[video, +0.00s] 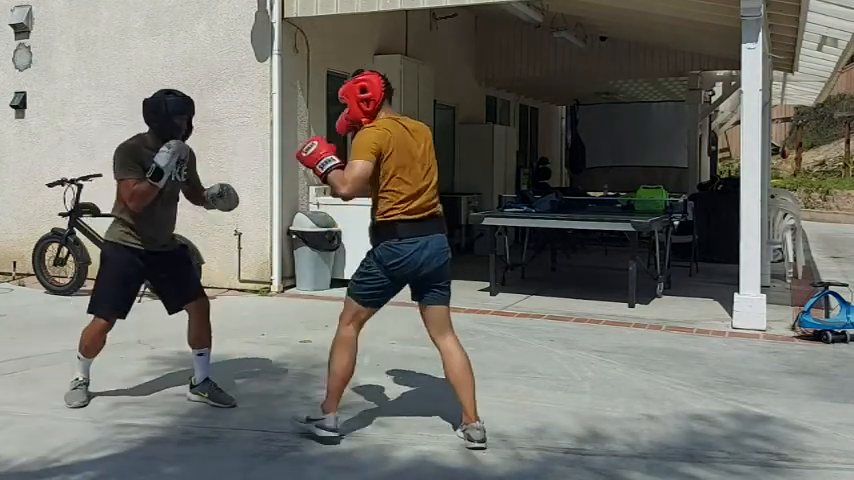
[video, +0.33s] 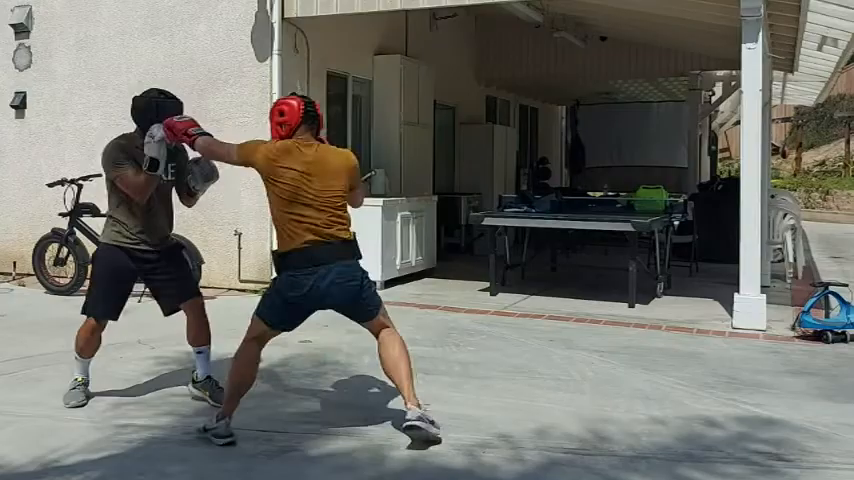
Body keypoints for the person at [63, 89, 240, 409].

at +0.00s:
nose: (189, 126)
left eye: (189, 120)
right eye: (183, 120)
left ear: (182, 122)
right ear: (163, 121)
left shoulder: (183, 153)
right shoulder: (129, 151)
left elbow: (194, 194)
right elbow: (135, 202)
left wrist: (214, 198)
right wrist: (161, 170)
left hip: (164, 247)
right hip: (125, 244)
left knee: (199, 305)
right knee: (104, 319)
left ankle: (200, 381)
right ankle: (80, 378)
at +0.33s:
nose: (177, 125)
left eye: (178, 120)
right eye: (173, 120)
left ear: (170, 123)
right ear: (153, 122)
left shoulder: (174, 150)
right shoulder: (117, 149)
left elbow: (187, 200)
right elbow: (140, 191)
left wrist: (196, 183)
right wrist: (155, 155)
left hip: (162, 247)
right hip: (119, 245)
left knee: (195, 306)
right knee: (96, 320)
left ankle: (203, 377)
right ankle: (80, 379)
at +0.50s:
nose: (171, 131)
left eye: (171, 126)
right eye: (167, 125)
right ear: (149, 120)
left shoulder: (163, 157)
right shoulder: (120, 147)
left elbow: (170, 204)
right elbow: (166, 155)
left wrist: (173, 225)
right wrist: (160, 123)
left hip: (162, 255)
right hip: (120, 253)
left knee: (199, 311)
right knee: (101, 333)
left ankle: (199, 379)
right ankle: (78, 372)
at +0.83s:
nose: (116, 104)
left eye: (120, 98)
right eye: (108, 98)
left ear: (123, 98)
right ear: (89, 98)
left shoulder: (130, 125)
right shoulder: (70, 131)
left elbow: (131, 172)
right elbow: (99, 163)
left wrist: (116, 206)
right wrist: (93, 123)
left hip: (118, 227)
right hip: (74, 227)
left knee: (140, 294)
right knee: (70, 300)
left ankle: (149, 368)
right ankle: (66, 374)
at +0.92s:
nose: (98, 100)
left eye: (104, 94)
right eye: (92, 93)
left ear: (111, 97)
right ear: (78, 93)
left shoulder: (119, 125)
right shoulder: (62, 126)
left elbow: (125, 173)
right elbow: (66, 172)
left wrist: (102, 205)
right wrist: (74, 124)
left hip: (111, 228)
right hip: (66, 226)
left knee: (129, 295)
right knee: (55, 298)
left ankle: (133, 362)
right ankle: (56, 361)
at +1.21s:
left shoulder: (104, 150)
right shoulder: (46, 158)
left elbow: (124, 191)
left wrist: (112, 212)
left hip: (94, 239)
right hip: (52, 240)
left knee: (114, 298)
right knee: (43, 305)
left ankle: (129, 369)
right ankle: (54, 363)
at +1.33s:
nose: (80, 118)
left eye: (85, 112)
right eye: (75, 112)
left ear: (93, 111)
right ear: (66, 112)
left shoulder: (107, 142)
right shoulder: (51, 141)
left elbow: (124, 187)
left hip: (96, 239)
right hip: (55, 241)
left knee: (111, 305)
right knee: (45, 304)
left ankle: (128, 374)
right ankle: (55, 362)